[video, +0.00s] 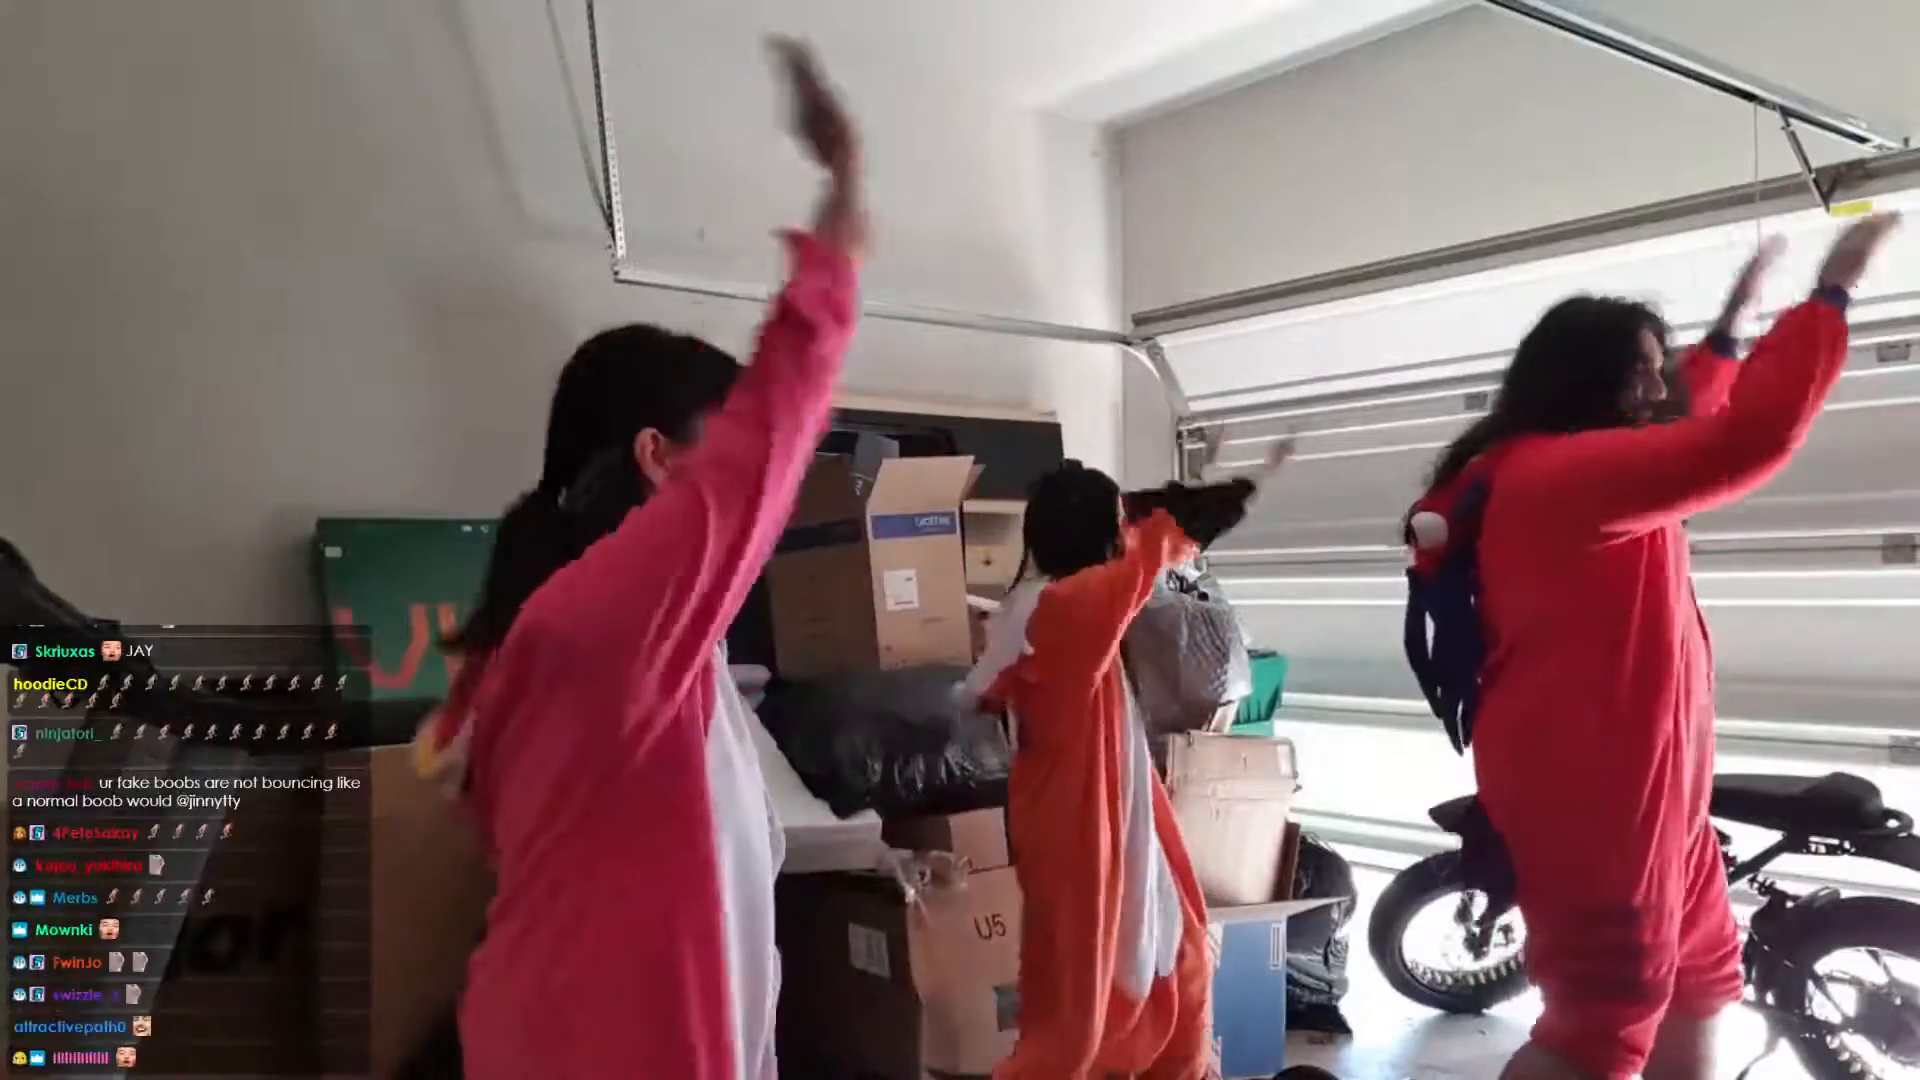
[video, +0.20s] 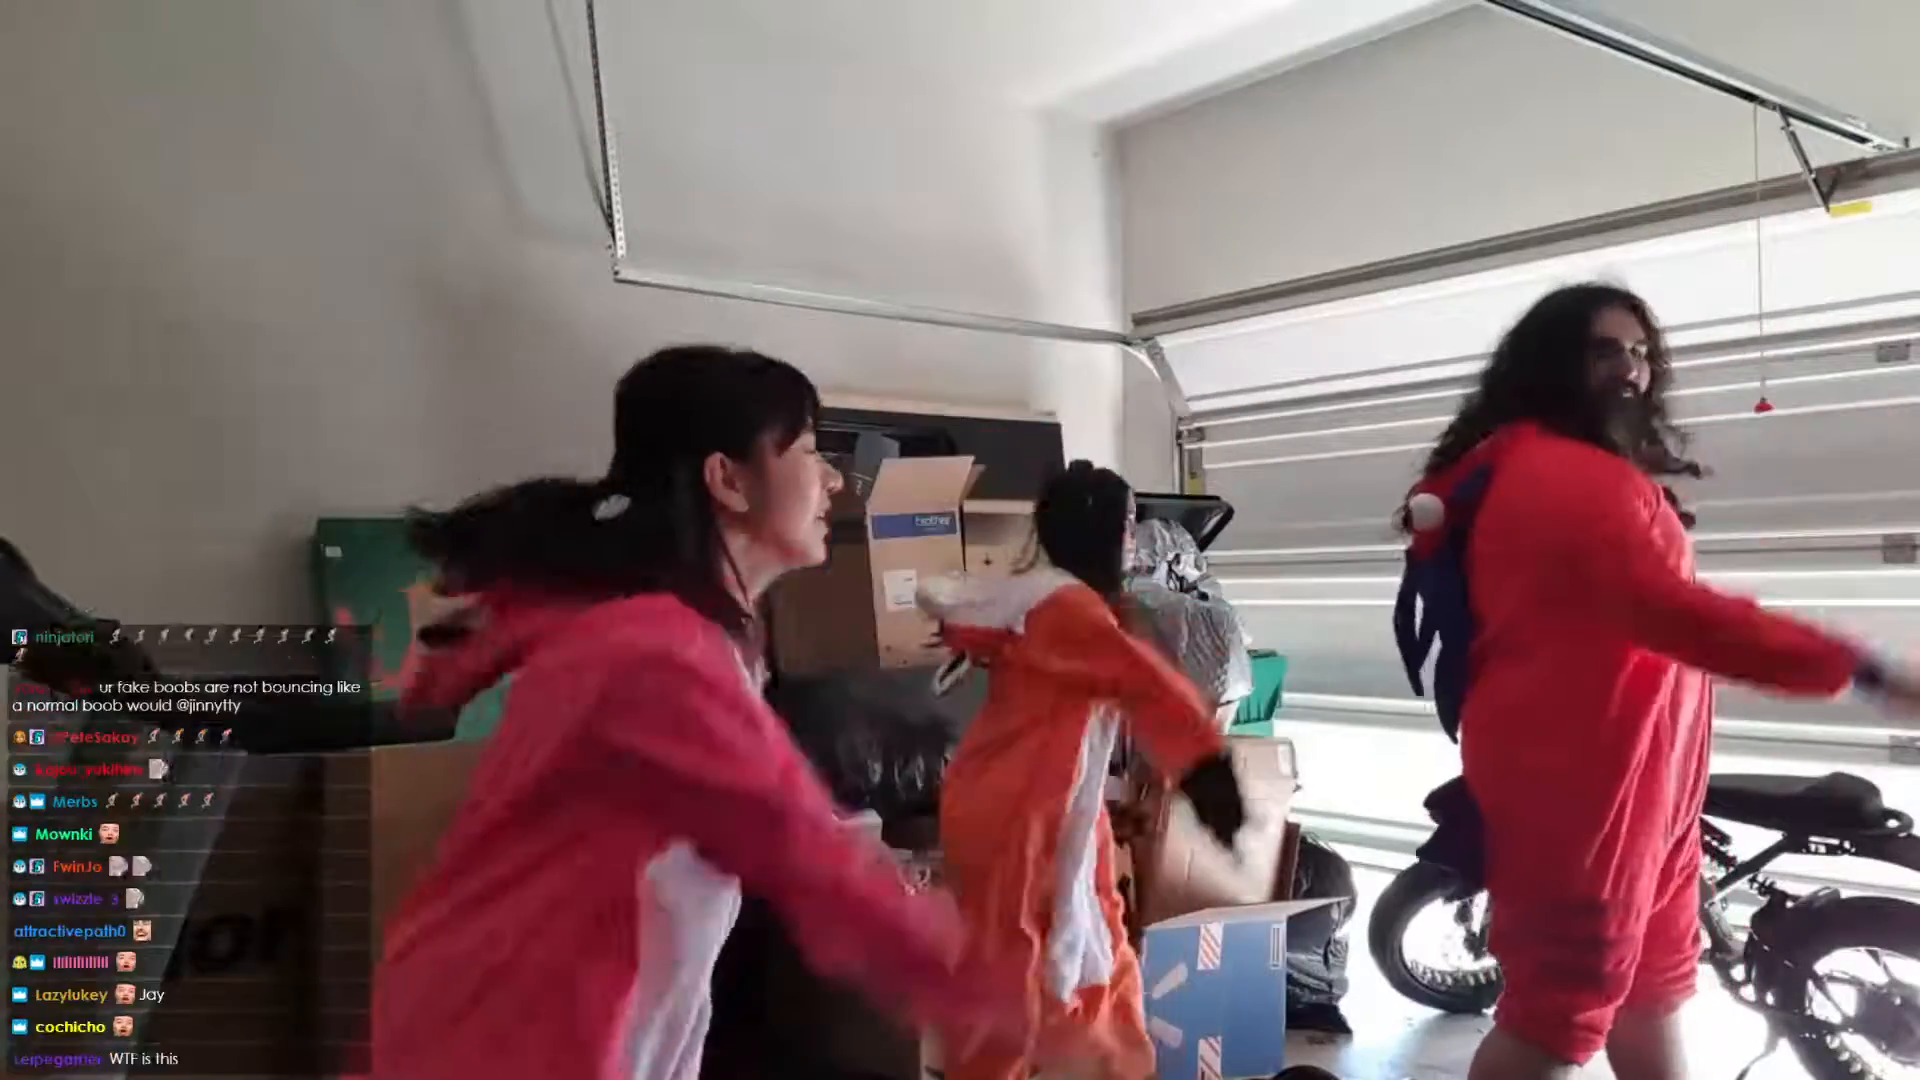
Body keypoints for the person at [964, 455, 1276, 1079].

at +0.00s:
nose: (1132, 531)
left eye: (1132, 519)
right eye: (1124, 519)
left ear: (1041, 532)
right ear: (1109, 530)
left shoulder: (1030, 606)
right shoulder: (1067, 603)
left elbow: (986, 693)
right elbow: (1155, 543)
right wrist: (1253, 481)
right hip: (1077, 809)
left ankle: (1174, 1063)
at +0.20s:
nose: (1134, 544)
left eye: (1132, 529)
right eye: (1127, 530)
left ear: (1051, 532)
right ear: (1107, 536)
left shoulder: (1061, 601)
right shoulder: (1063, 605)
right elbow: (1141, 677)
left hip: (1066, 810)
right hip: (1012, 808)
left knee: (1102, 957)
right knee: (1010, 954)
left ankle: (1118, 1062)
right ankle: (992, 1063)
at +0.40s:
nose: (1135, 555)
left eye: (1130, 539)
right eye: (1129, 541)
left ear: (1046, 545)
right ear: (1111, 552)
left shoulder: (1052, 620)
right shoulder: (1067, 627)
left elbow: (1118, 741)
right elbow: (1087, 751)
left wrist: (1144, 840)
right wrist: (1123, 867)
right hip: (1015, 849)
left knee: (1144, 975)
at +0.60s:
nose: (1118, 529)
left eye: (1120, 513)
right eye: (1107, 513)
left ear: (1044, 520)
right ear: (1073, 518)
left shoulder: (1074, 597)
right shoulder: (1051, 595)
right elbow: (1154, 595)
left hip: (1127, 808)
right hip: (1074, 817)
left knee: (1173, 970)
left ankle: (1155, 1069)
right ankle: (988, 1059)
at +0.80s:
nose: (1141, 538)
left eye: (1137, 523)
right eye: (1127, 523)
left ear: (1057, 541)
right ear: (1103, 539)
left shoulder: (1093, 621)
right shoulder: (1071, 626)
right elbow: (1153, 556)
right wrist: (1174, 446)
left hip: (1156, 822)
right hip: (1105, 835)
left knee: (1219, 979)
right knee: (1100, 1033)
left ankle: (1168, 1075)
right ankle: (1016, 1070)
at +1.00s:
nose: (1140, 525)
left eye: (1143, 510)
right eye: (1129, 509)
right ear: (1088, 509)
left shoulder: (1097, 589)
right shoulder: (1052, 583)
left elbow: (1168, 629)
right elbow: (1135, 619)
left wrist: (1255, 639)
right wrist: (1216, 596)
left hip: (1119, 801)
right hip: (1054, 800)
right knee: (1041, 1001)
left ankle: (1157, 1067)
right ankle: (998, 1069)